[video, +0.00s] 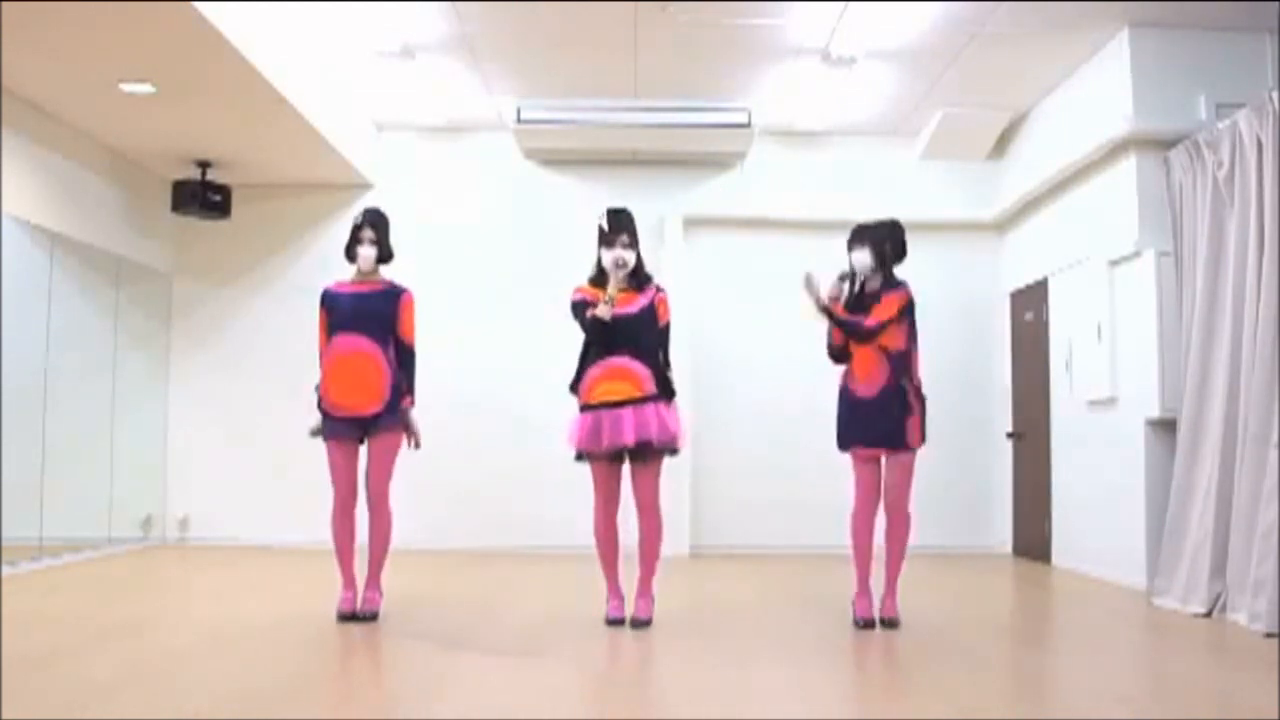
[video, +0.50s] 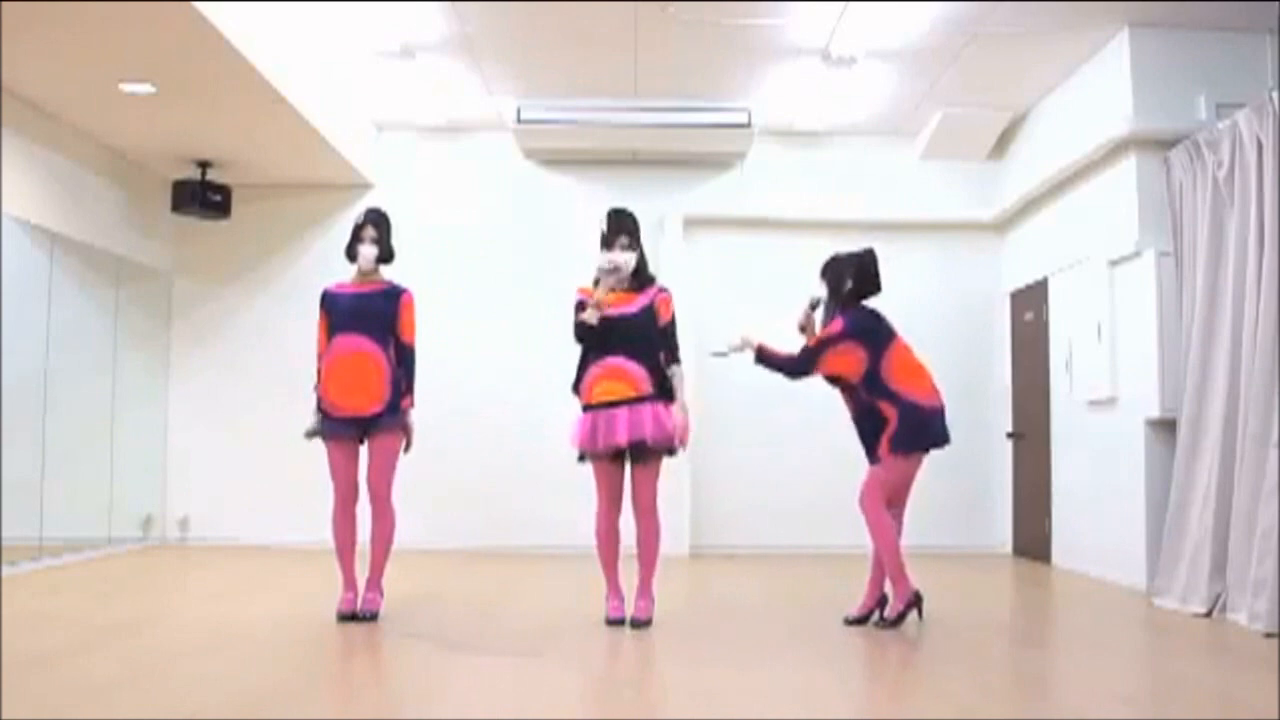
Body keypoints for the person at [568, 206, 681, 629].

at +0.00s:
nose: (620, 256)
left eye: (627, 248)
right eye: (612, 248)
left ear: (638, 252)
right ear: (599, 252)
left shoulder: (654, 295)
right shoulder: (585, 295)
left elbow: (661, 353)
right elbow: (593, 327)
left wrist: (669, 403)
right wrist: (609, 291)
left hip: (645, 402)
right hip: (600, 402)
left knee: (647, 503)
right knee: (606, 502)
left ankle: (645, 592)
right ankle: (613, 592)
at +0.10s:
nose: (620, 257)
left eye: (628, 248)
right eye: (612, 248)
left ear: (638, 252)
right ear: (600, 253)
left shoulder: (654, 296)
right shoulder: (586, 295)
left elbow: (661, 353)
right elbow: (595, 327)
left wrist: (669, 404)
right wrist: (611, 293)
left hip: (646, 401)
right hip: (601, 402)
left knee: (647, 503)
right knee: (606, 503)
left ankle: (645, 591)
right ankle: (613, 591)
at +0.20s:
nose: (621, 257)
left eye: (628, 249)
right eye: (613, 249)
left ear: (638, 253)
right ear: (600, 253)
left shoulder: (655, 296)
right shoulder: (586, 295)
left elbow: (662, 354)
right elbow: (596, 329)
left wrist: (671, 405)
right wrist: (612, 290)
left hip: (646, 402)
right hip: (602, 402)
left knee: (647, 503)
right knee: (607, 503)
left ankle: (645, 592)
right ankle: (613, 592)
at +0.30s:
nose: (621, 257)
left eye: (628, 249)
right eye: (613, 249)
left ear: (638, 253)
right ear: (601, 253)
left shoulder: (655, 296)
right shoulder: (586, 295)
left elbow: (665, 353)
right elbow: (595, 328)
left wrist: (673, 401)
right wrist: (610, 293)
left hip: (647, 402)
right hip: (602, 402)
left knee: (647, 504)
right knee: (607, 505)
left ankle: (645, 592)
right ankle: (613, 591)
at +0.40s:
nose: (620, 257)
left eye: (628, 248)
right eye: (613, 248)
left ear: (639, 252)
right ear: (602, 253)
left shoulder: (657, 297)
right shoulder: (587, 296)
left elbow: (669, 356)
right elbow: (595, 330)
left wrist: (681, 407)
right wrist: (609, 292)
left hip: (648, 404)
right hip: (602, 405)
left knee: (646, 505)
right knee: (607, 507)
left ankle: (645, 592)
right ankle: (613, 592)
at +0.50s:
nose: (619, 257)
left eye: (627, 248)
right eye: (612, 247)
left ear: (639, 249)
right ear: (601, 249)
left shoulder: (656, 296)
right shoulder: (589, 297)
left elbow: (670, 353)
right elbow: (584, 334)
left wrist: (680, 404)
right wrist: (597, 296)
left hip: (646, 402)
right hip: (601, 404)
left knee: (645, 504)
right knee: (608, 505)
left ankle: (645, 592)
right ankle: (613, 592)